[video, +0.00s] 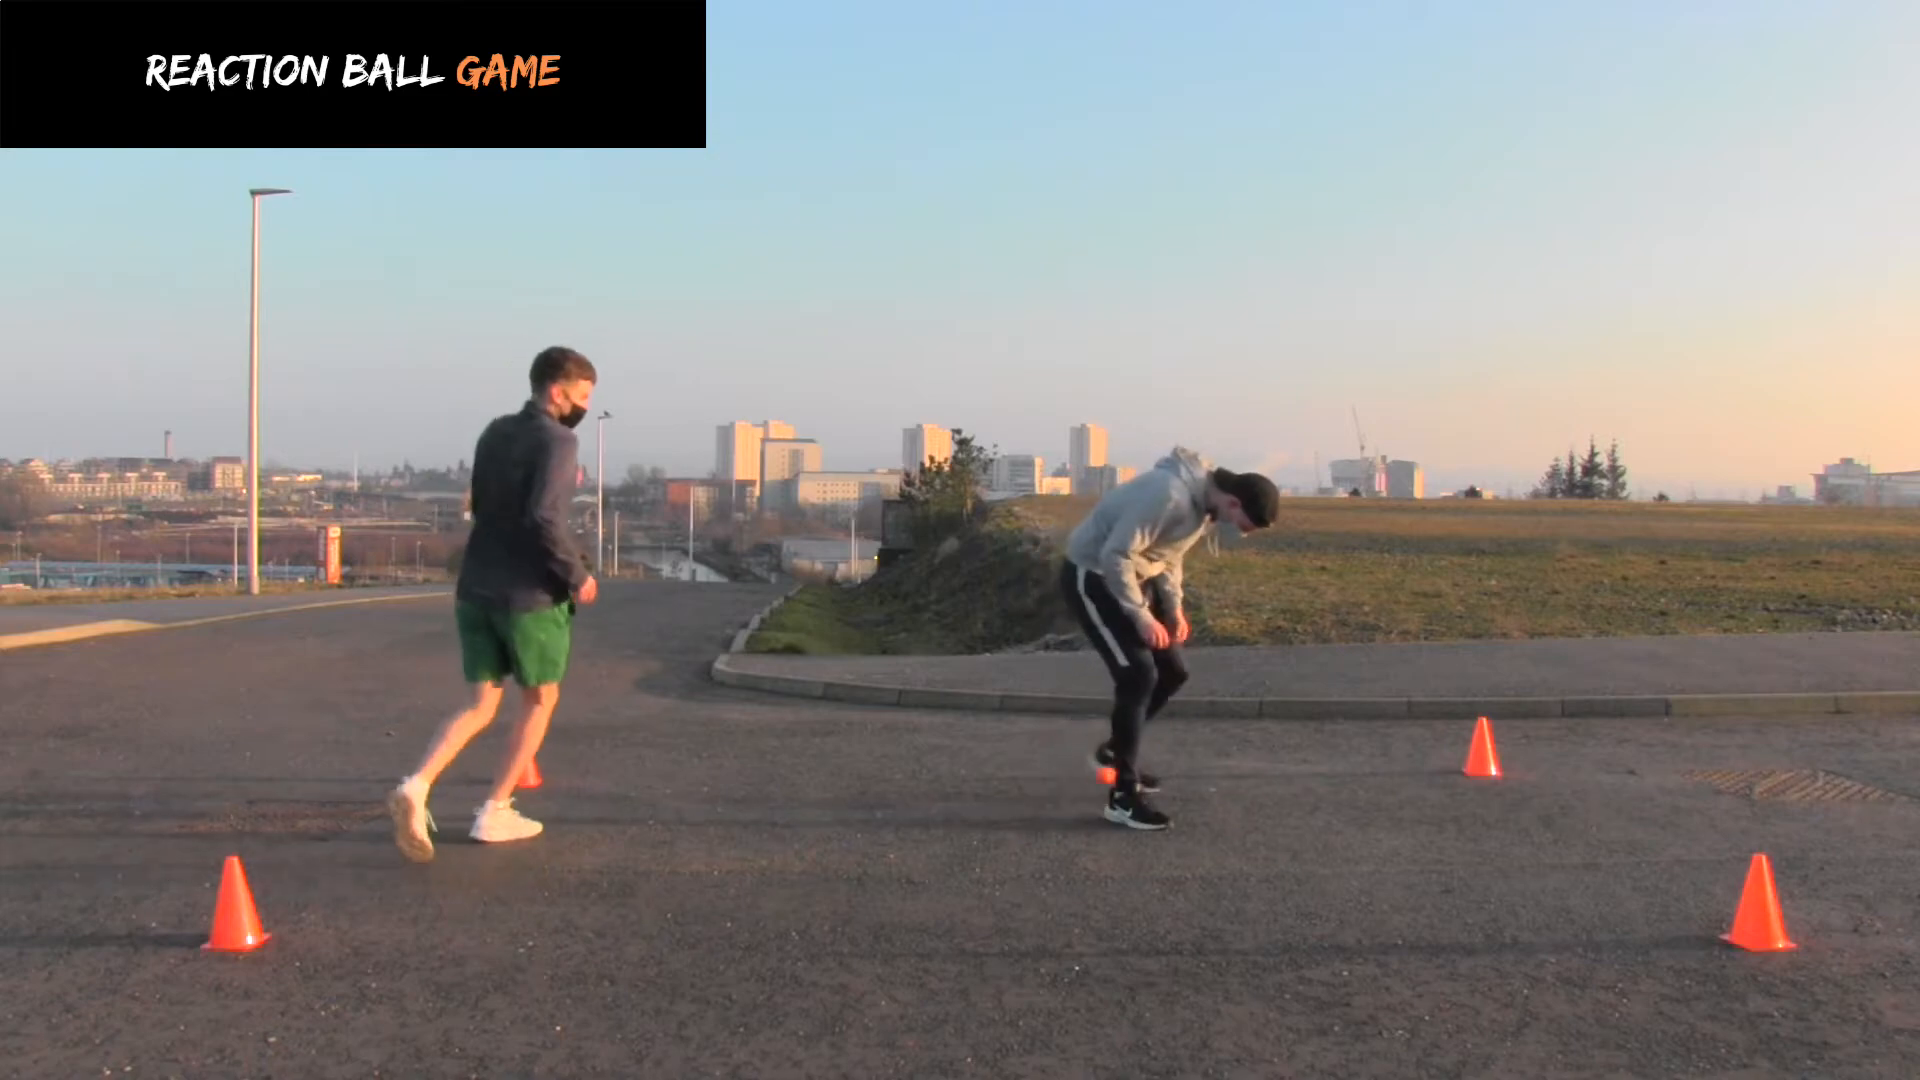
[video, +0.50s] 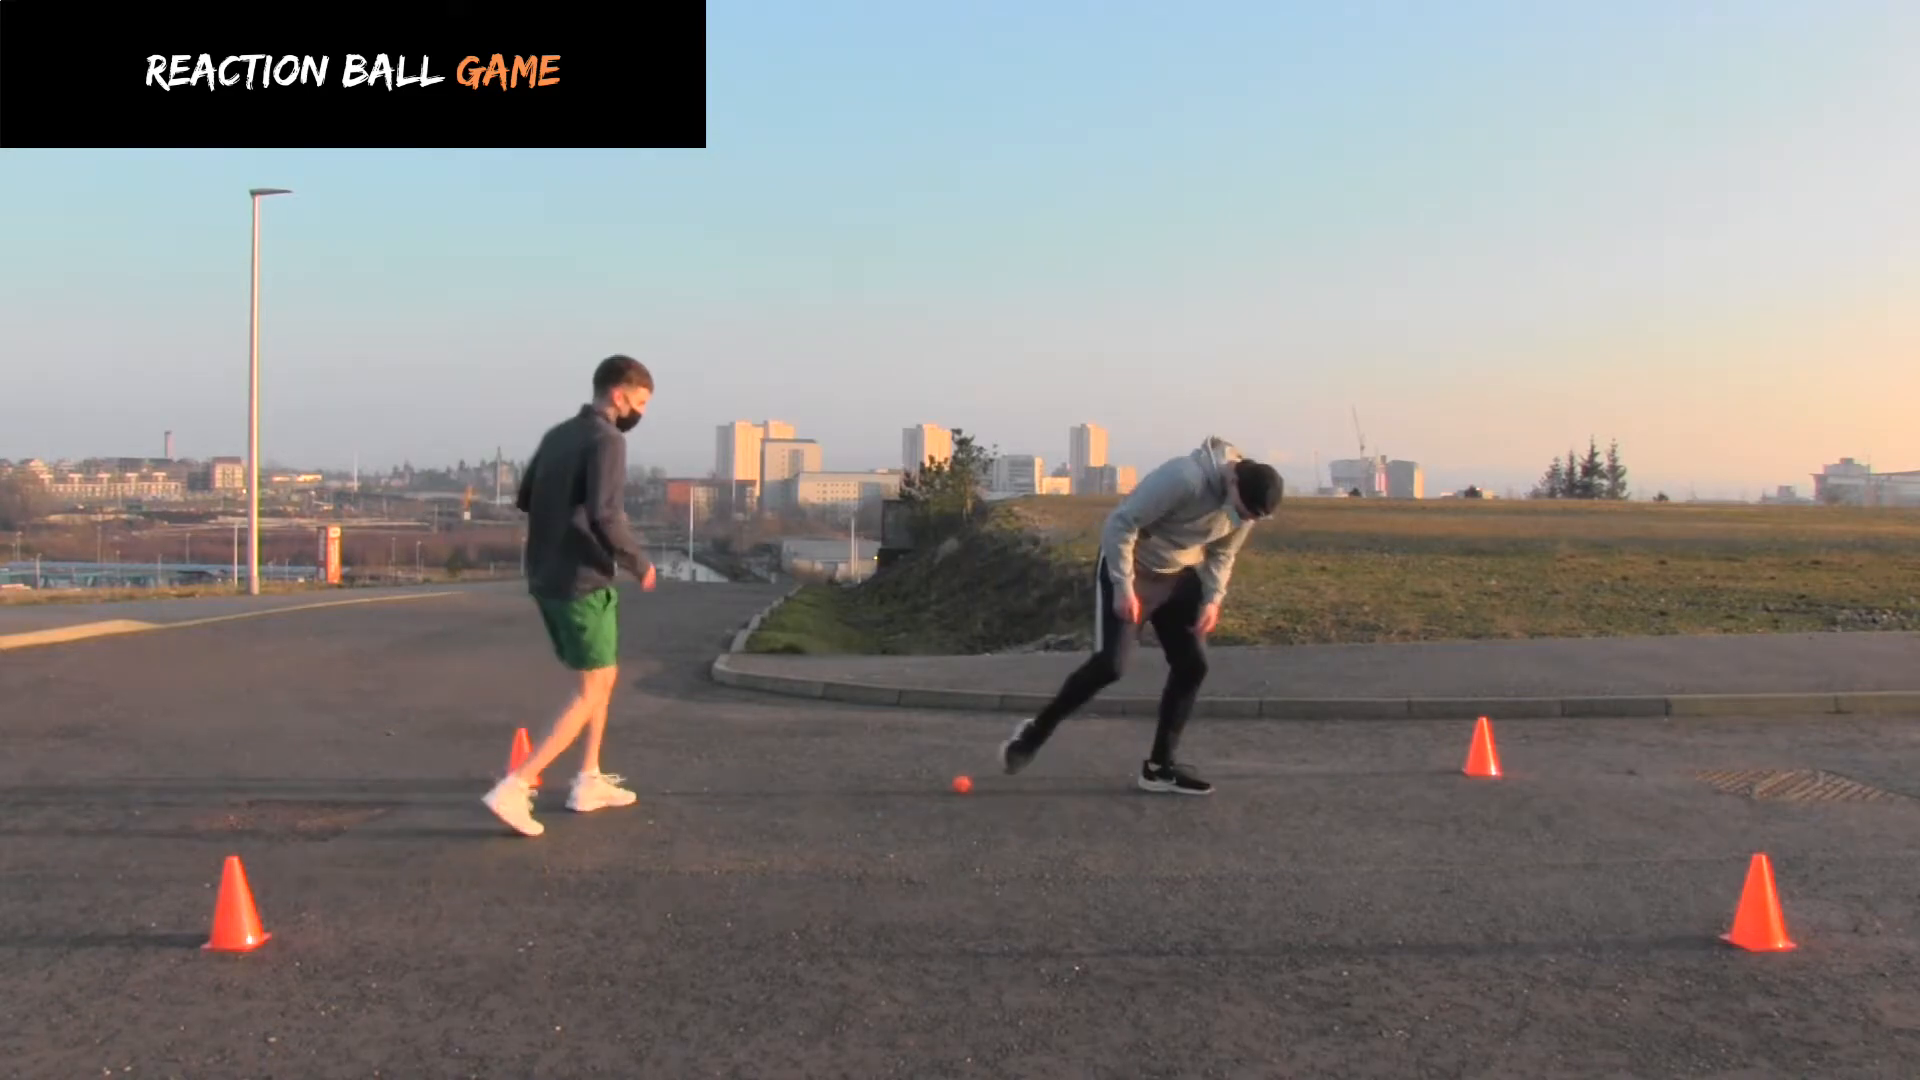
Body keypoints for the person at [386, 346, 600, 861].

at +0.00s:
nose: (586, 408)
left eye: (589, 398)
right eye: (583, 397)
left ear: (544, 391)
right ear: (557, 389)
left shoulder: (495, 432)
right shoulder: (558, 441)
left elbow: (481, 506)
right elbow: (544, 516)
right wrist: (578, 576)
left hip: (477, 586)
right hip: (530, 593)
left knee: (481, 703)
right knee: (540, 697)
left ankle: (415, 787)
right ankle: (496, 812)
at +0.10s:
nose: (595, 416)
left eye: (598, 407)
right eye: (592, 405)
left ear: (554, 399)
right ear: (565, 399)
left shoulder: (504, 440)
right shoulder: (563, 455)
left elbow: (478, 510)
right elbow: (559, 539)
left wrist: (529, 527)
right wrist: (594, 592)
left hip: (488, 597)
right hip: (537, 602)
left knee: (502, 703)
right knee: (553, 700)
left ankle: (430, 777)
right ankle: (497, 810)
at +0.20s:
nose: (609, 406)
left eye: (612, 397)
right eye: (606, 395)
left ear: (567, 386)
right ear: (582, 386)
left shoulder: (516, 427)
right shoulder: (576, 439)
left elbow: (476, 488)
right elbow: (569, 519)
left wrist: (532, 506)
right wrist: (613, 557)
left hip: (509, 582)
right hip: (550, 587)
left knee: (537, 686)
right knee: (555, 690)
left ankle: (481, 784)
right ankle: (497, 806)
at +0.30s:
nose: (620, 398)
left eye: (623, 389)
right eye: (617, 387)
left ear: (579, 377)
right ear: (594, 377)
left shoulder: (527, 417)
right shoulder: (586, 426)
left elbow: (483, 470)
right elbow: (580, 505)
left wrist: (533, 492)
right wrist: (619, 532)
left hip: (519, 569)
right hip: (558, 574)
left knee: (551, 677)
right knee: (556, 680)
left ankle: (533, 784)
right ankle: (502, 798)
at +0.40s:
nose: (633, 402)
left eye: (636, 393)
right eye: (631, 392)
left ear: (595, 381)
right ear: (608, 383)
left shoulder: (546, 421)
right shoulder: (600, 429)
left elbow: (504, 476)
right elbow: (596, 502)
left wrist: (553, 494)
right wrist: (631, 536)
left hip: (540, 573)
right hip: (575, 576)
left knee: (581, 673)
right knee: (569, 683)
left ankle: (585, 777)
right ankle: (502, 794)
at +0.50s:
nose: (642, 413)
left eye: (645, 404)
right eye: (640, 402)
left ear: (605, 392)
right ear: (618, 393)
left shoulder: (560, 434)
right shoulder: (607, 440)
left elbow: (527, 498)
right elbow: (604, 514)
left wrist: (576, 521)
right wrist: (639, 563)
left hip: (552, 580)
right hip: (584, 584)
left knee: (604, 675)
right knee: (594, 691)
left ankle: (589, 780)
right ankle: (514, 787)